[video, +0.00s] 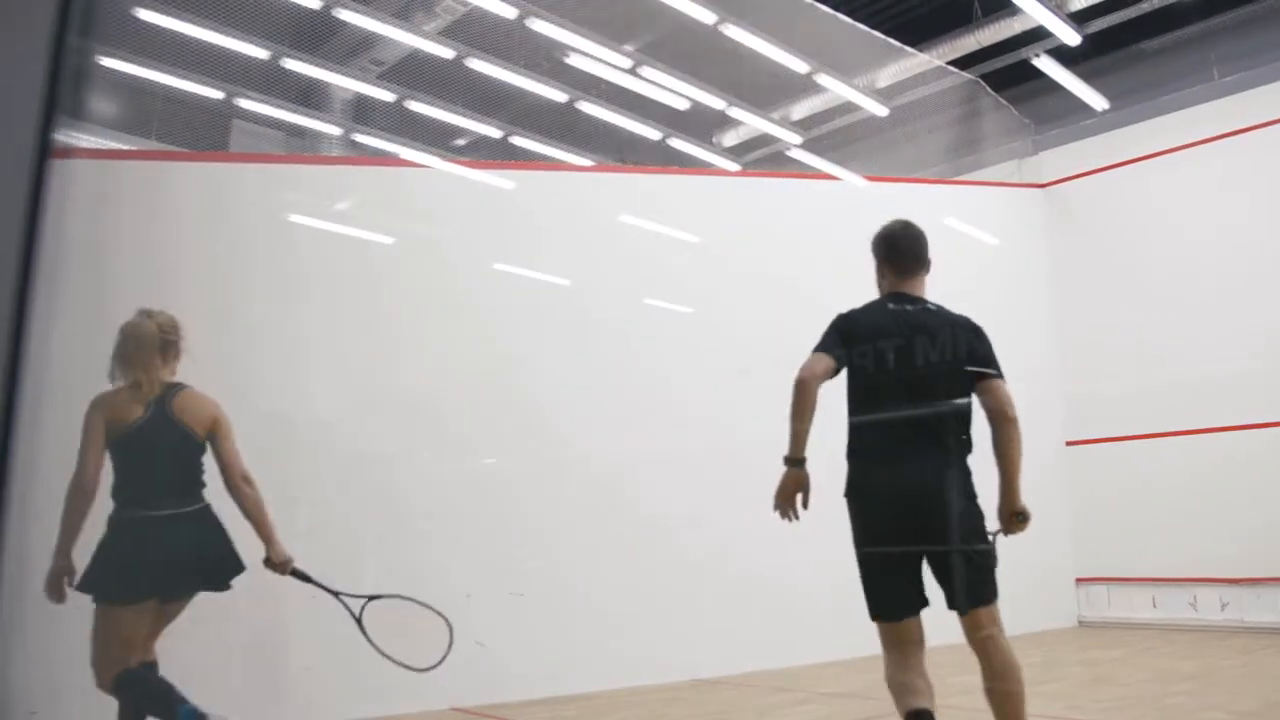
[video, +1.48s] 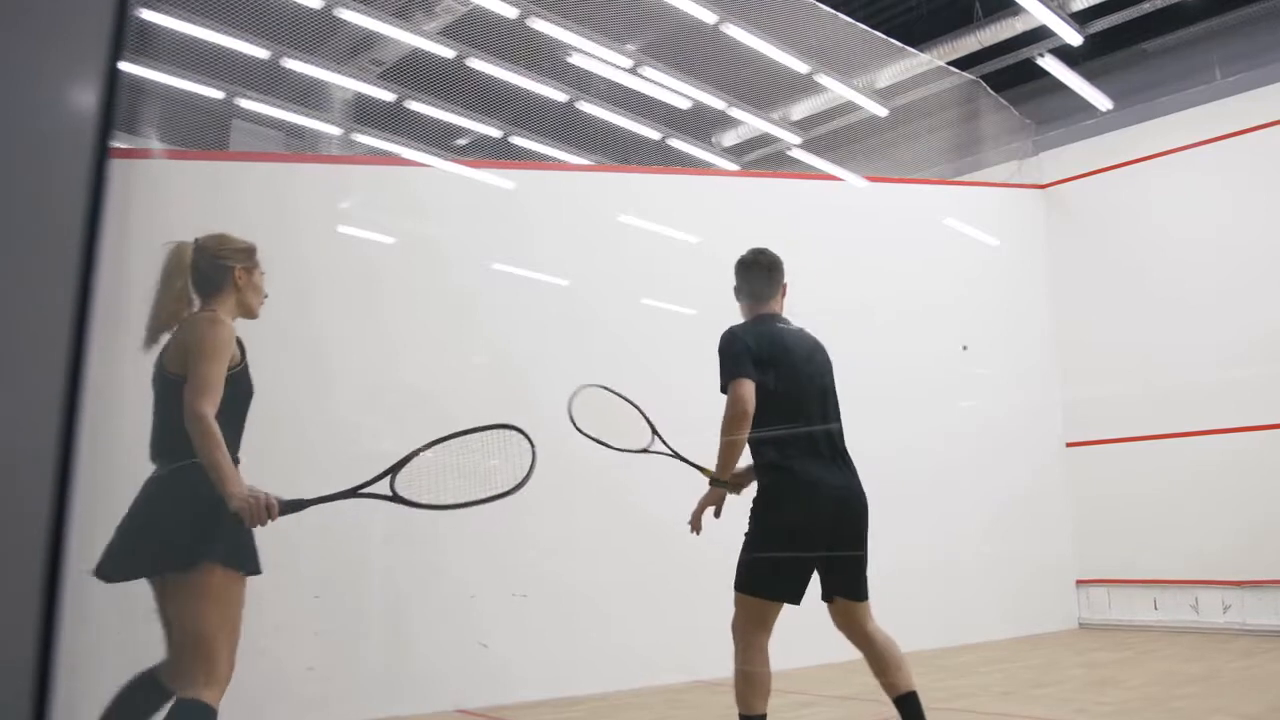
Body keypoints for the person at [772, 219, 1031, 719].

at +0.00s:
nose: (880, 273)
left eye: (878, 266)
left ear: (877, 268)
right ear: (928, 267)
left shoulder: (851, 326)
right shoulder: (962, 330)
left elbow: (807, 377)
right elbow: (1004, 413)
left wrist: (795, 462)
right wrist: (1011, 495)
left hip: (877, 510)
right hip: (950, 506)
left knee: (902, 648)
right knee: (987, 633)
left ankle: (919, 713)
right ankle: (1012, 716)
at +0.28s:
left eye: (877, 266)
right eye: (920, 264)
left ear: (871, 269)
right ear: (921, 267)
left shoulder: (850, 323)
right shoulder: (959, 329)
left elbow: (814, 376)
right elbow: (994, 409)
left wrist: (806, 456)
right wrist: (992, 487)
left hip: (875, 502)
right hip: (946, 501)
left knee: (856, 629)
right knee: (981, 631)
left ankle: (891, 715)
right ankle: (1010, 715)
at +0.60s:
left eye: (839, 278)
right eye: (882, 274)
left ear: (838, 281)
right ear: (888, 278)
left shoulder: (827, 333)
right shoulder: (929, 335)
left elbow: (808, 392)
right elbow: (968, 412)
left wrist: (797, 470)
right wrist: (955, 480)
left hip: (861, 508)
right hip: (931, 507)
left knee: (807, 625)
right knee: (974, 637)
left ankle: (794, 717)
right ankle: (1006, 718)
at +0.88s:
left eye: (797, 293)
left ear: (798, 296)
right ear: (846, 293)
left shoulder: (790, 349)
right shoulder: (886, 349)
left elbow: (778, 421)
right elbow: (921, 428)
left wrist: (768, 498)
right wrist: (893, 484)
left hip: (828, 518)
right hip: (897, 516)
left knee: (771, 635)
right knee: (952, 639)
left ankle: (754, 718)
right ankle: (1000, 717)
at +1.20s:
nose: (758, 296)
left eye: (753, 291)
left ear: (754, 294)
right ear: (802, 291)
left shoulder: (752, 344)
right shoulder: (840, 347)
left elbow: (751, 423)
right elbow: (859, 435)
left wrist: (738, 496)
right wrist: (836, 485)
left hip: (797, 509)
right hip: (860, 508)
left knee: (752, 629)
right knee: (896, 624)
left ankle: (750, 719)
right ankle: (958, 716)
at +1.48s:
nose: (780, 296)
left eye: (742, 292)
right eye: (784, 289)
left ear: (737, 293)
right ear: (784, 292)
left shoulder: (740, 338)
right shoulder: (811, 345)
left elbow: (741, 407)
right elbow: (808, 436)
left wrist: (720, 483)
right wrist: (749, 473)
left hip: (788, 501)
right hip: (845, 498)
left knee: (750, 629)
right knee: (855, 617)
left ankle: (752, 719)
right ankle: (915, 715)